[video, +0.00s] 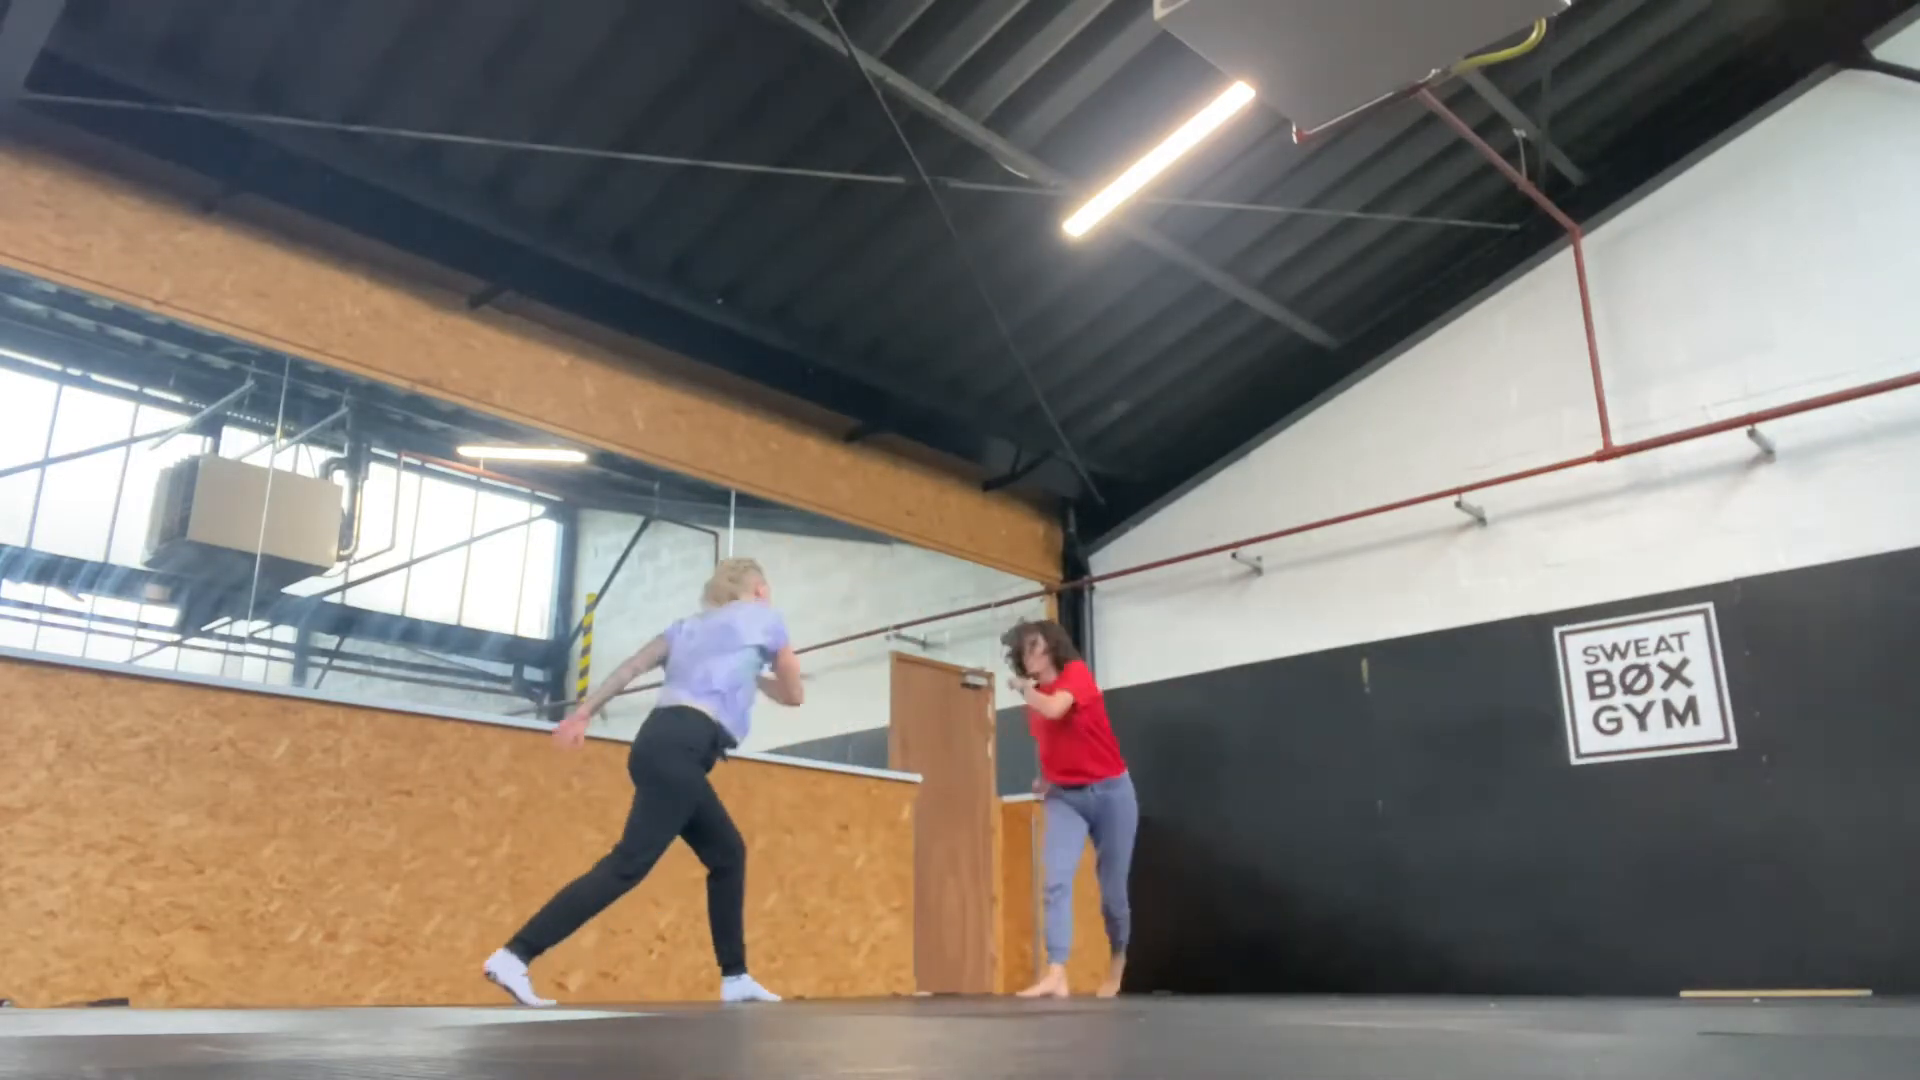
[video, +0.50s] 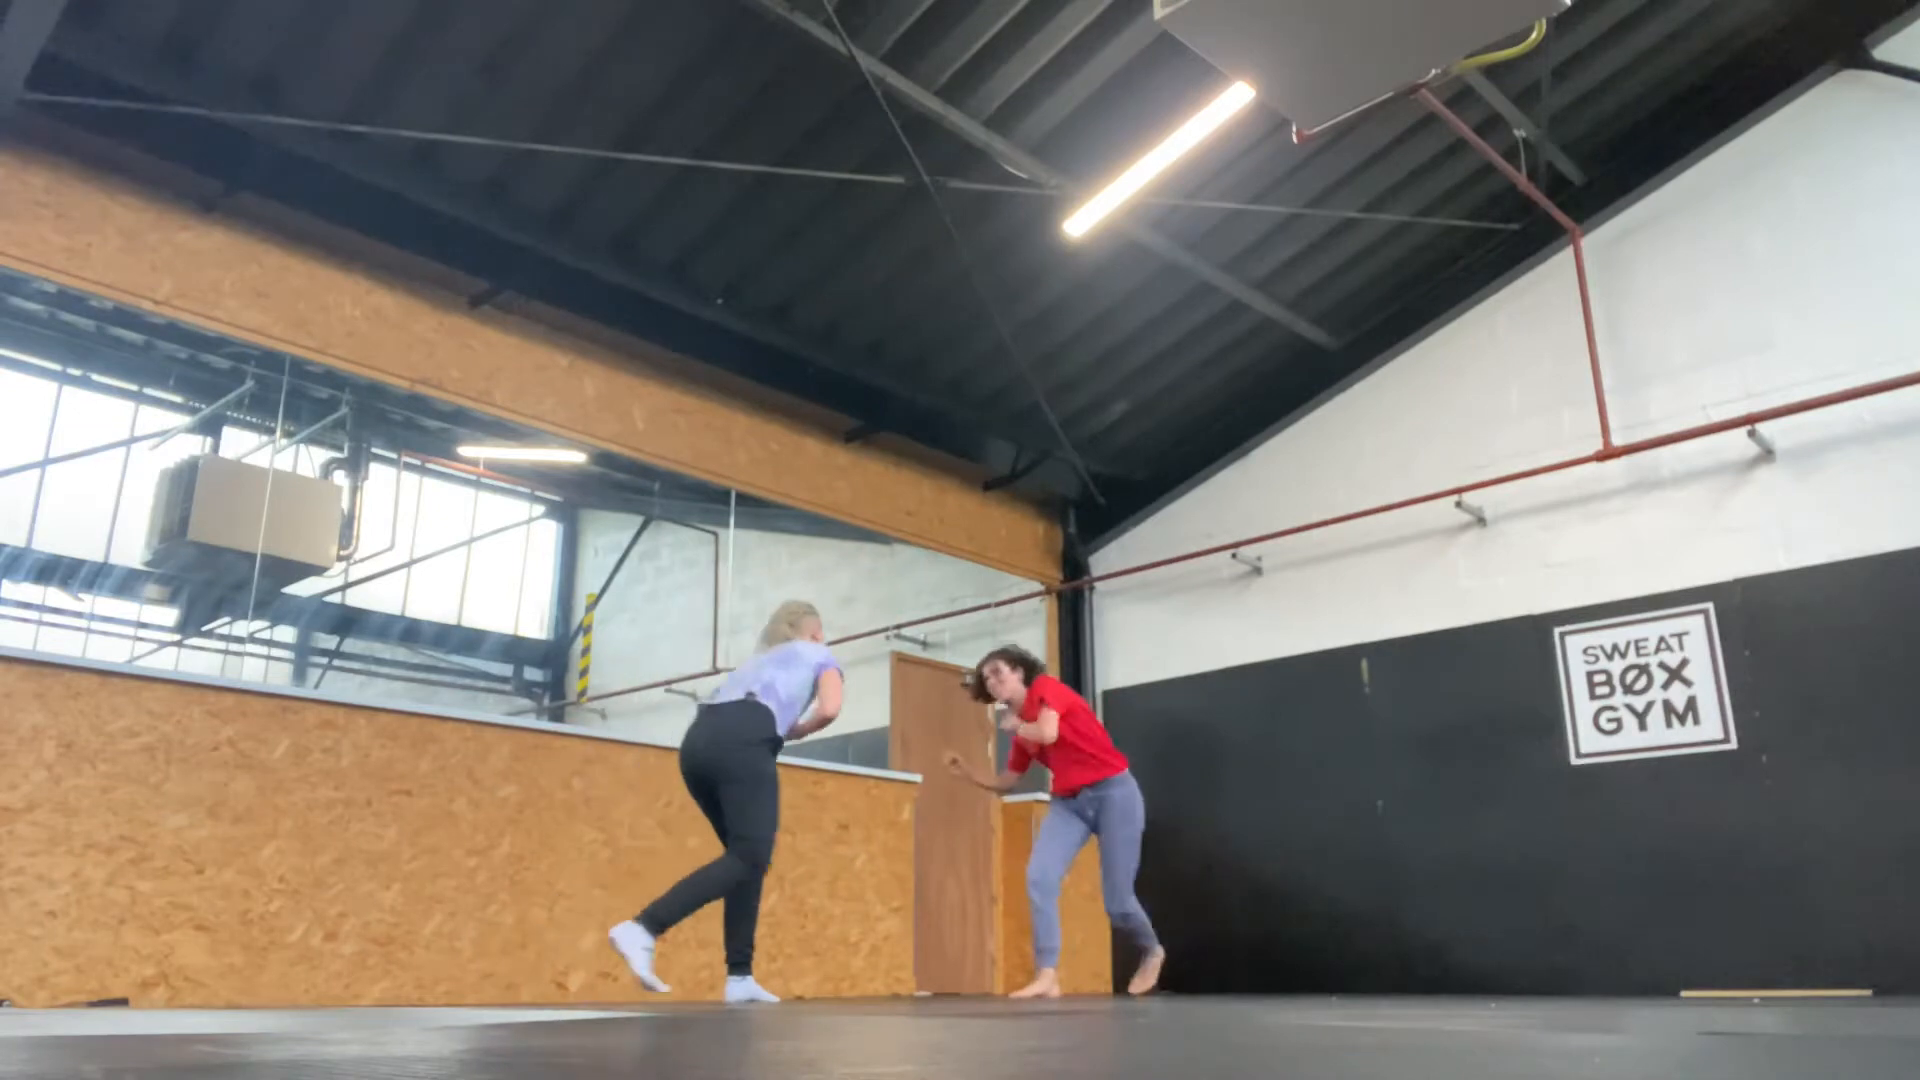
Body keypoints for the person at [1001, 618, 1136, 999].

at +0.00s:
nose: (1033, 653)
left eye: (1038, 645)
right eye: (1027, 648)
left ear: (1053, 646)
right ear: (1022, 658)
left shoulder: (1076, 672)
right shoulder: (1035, 696)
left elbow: (1055, 708)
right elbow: (1051, 745)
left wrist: (1027, 688)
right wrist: (1046, 777)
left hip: (1110, 792)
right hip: (1064, 796)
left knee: (1112, 890)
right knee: (1055, 881)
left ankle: (1117, 966)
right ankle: (1055, 973)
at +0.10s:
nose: (1040, 677)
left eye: (1047, 669)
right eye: (1035, 672)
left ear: (1065, 672)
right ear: (1030, 680)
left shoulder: (1089, 703)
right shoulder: (1041, 717)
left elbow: (1080, 754)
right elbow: (1052, 767)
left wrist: (1045, 726)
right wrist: (1053, 805)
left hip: (1106, 815)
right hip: (1060, 818)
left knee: (1101, 908)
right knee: (1042, 881)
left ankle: (1112, 972)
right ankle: (1053, 974)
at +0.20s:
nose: (1043, 693)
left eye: (1049, 684)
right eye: (1037, 689)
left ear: (1068, 689)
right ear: (1034, 699)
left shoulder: (1093, 722)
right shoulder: (1043, 736)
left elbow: (1084, 775)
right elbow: (1052, 785)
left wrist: (1053, 745)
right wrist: (1052, 823)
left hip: (1106, 832)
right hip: (1062, 835)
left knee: (1096, 930)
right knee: (1035, 880)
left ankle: (1112, 977)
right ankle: (1046, 972)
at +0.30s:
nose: (1031, 685)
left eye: (1037, 677)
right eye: (1025, 682)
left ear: (1057, 680)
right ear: (1023, 692)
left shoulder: (1079, 708)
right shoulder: (1040, 733)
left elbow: (1062, 752)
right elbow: (1040, 785)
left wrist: (1038, 724)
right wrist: (1012, 822)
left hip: (1109, 821)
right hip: (1066, 824)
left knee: (1100, 919)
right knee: (1038, 878)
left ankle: (1113, 974)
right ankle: (1046, 973)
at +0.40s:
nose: (1013, 675)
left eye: (1017, 667)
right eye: (1006, 673)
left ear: (1035, 668)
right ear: (1005, 688)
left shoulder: (1058, 688)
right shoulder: (1034, 724)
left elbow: (1043, 727)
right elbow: (1029, 776)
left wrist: (1017, 713)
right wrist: (984, 794)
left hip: (1113, 802)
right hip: (1067, 809)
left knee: (1111, 907)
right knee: (1042, 878)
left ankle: (1122, 962)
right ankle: (1047, 975)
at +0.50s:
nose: (993, 683)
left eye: (997, 673)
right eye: (987, 680)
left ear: (1019, 671)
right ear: (990, 694)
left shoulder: (1046, 688)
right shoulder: (1021, 724)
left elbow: (1047, 732)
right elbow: (1007, 781)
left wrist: (1015, 726)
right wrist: (970, 773)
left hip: (1114, 791)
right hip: (1069, 803)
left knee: (1117, 900)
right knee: (1041, 878)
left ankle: (1152, 952)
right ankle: (1047, 977)